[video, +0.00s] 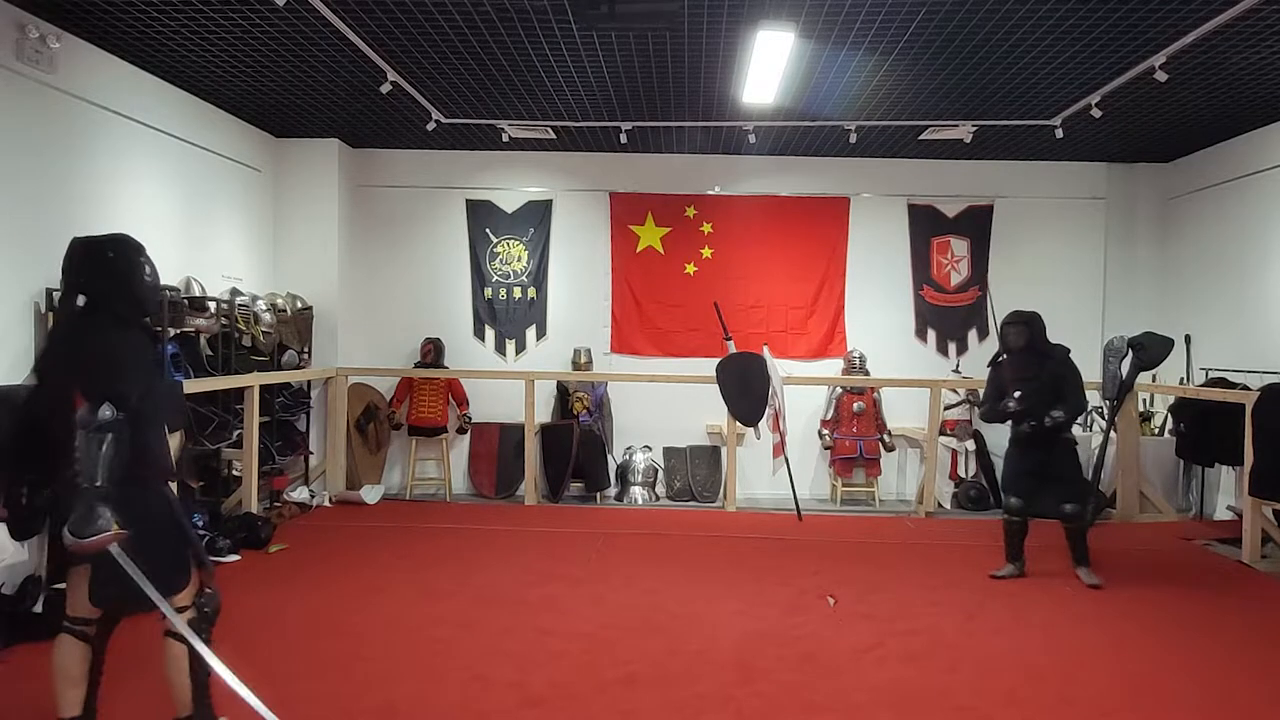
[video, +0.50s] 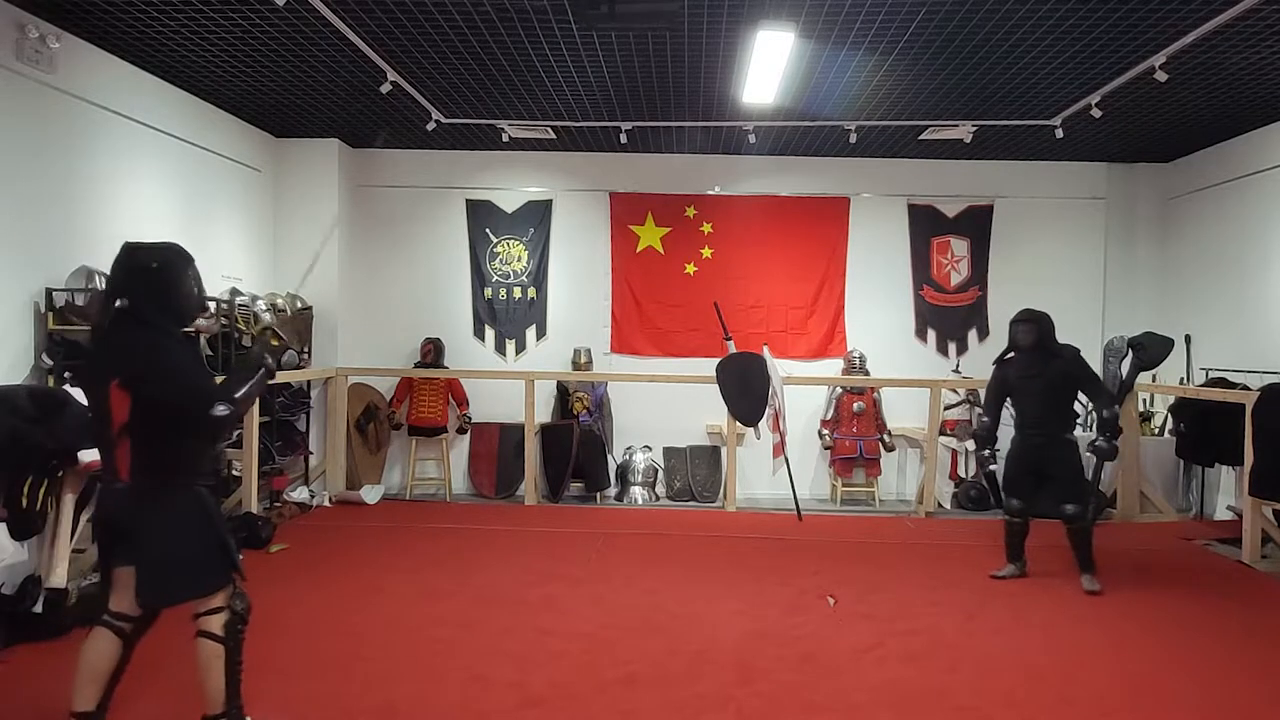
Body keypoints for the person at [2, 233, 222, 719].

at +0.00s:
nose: (151, 284)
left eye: (147, 273)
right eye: (143, 274)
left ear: (86, 282)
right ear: (128, 281)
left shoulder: (64, 338)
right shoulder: (134, 342)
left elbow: (42, 421)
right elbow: (152, 426)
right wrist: (166, 484)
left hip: (80, 492)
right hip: (135, 493)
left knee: (79, 618)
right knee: (183, 606)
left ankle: (72, 714)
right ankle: (194, 713)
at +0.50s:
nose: (198, 291)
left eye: (196, 280)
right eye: (191, 281)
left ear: (131, 287)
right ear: (166, 288)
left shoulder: (109, 339)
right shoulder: (167, 346)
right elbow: (210, 418)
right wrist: (255, 373)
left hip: (121, 497)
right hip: (174, 499)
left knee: (125, 610)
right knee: (222, 599)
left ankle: (84, 712)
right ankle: (223, 713)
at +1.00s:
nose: (209, 294)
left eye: (207, 283)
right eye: (202, 283)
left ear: (145, 287)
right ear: (178, 290)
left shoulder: (114, 338)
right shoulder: (173, 346)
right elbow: (205, 421)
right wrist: (271, 398)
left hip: (116, 497)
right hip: (170, 498)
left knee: (112, 614)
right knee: (217, 602)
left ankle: (79, 712)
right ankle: (222, 711)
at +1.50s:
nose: (240, 292)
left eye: (234, 282)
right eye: (233, 283)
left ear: (167, 295)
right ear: (220, 294)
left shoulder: (147, 350)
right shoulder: (224, 352)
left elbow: (144, 426)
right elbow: (223, 438)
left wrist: (183, 464)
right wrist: (236, 507)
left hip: (170, 495)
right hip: (222, 497)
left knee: (144, 606)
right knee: (263, 601)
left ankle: (86, 711)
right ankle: (224, 712)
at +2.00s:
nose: (361, 308)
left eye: (358, 298)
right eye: (356, 298)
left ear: (301, 301)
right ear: (340, 304)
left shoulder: (281, 346)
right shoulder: (335, 355)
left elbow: (240, 382)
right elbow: (362, 428)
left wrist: (273, 418)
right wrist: (444, 443)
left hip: (286, 487)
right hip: (319, 492)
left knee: (332, 591)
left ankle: (322, 689)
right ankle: (263, 688)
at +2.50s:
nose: (466, 339)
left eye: (465, 331)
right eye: (463, 331)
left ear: (410, 330)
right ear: (453, 334)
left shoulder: (385, 376)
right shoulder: (456, 384)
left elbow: (343, 410)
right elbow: (490, 450)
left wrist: (376, 450)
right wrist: (558, 452)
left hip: (393, 506)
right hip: (446, 507)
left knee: (394, 580)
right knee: (516, 564)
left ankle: (374, 671)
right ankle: (516, 662)